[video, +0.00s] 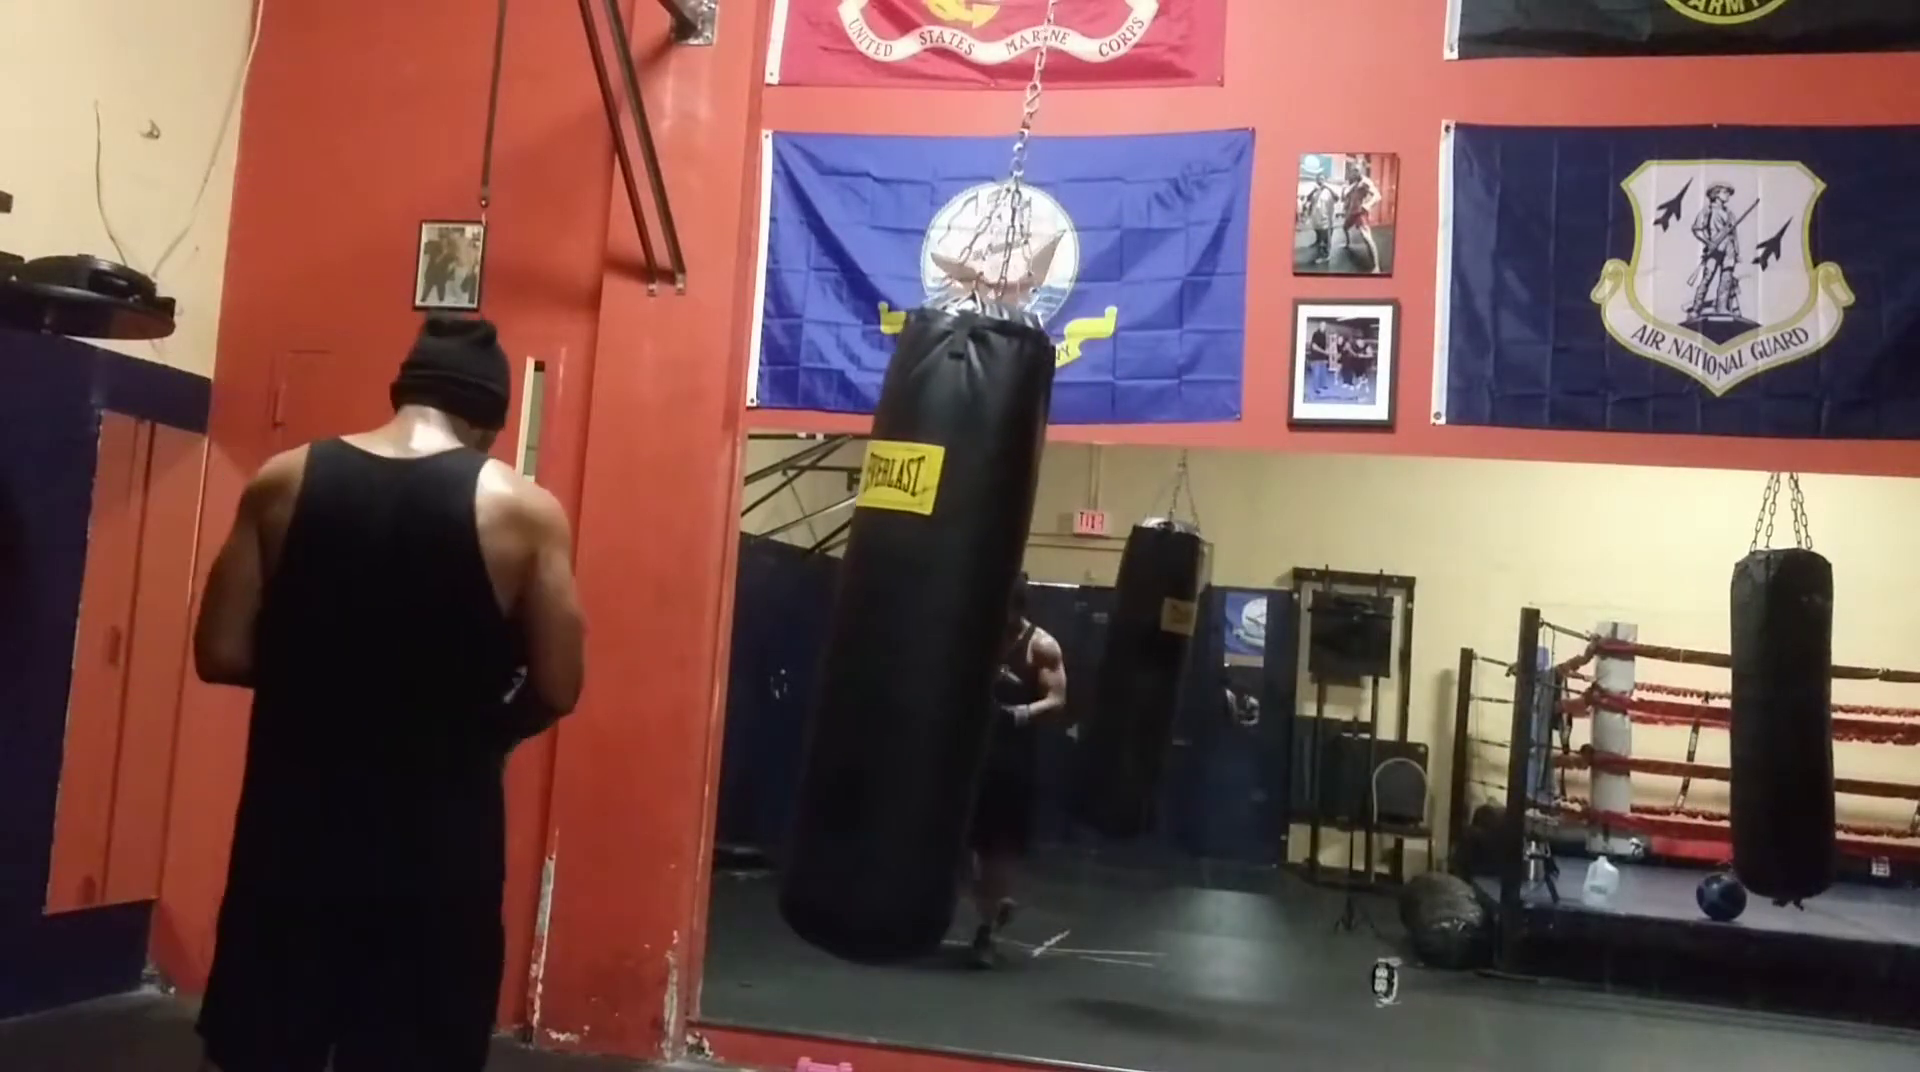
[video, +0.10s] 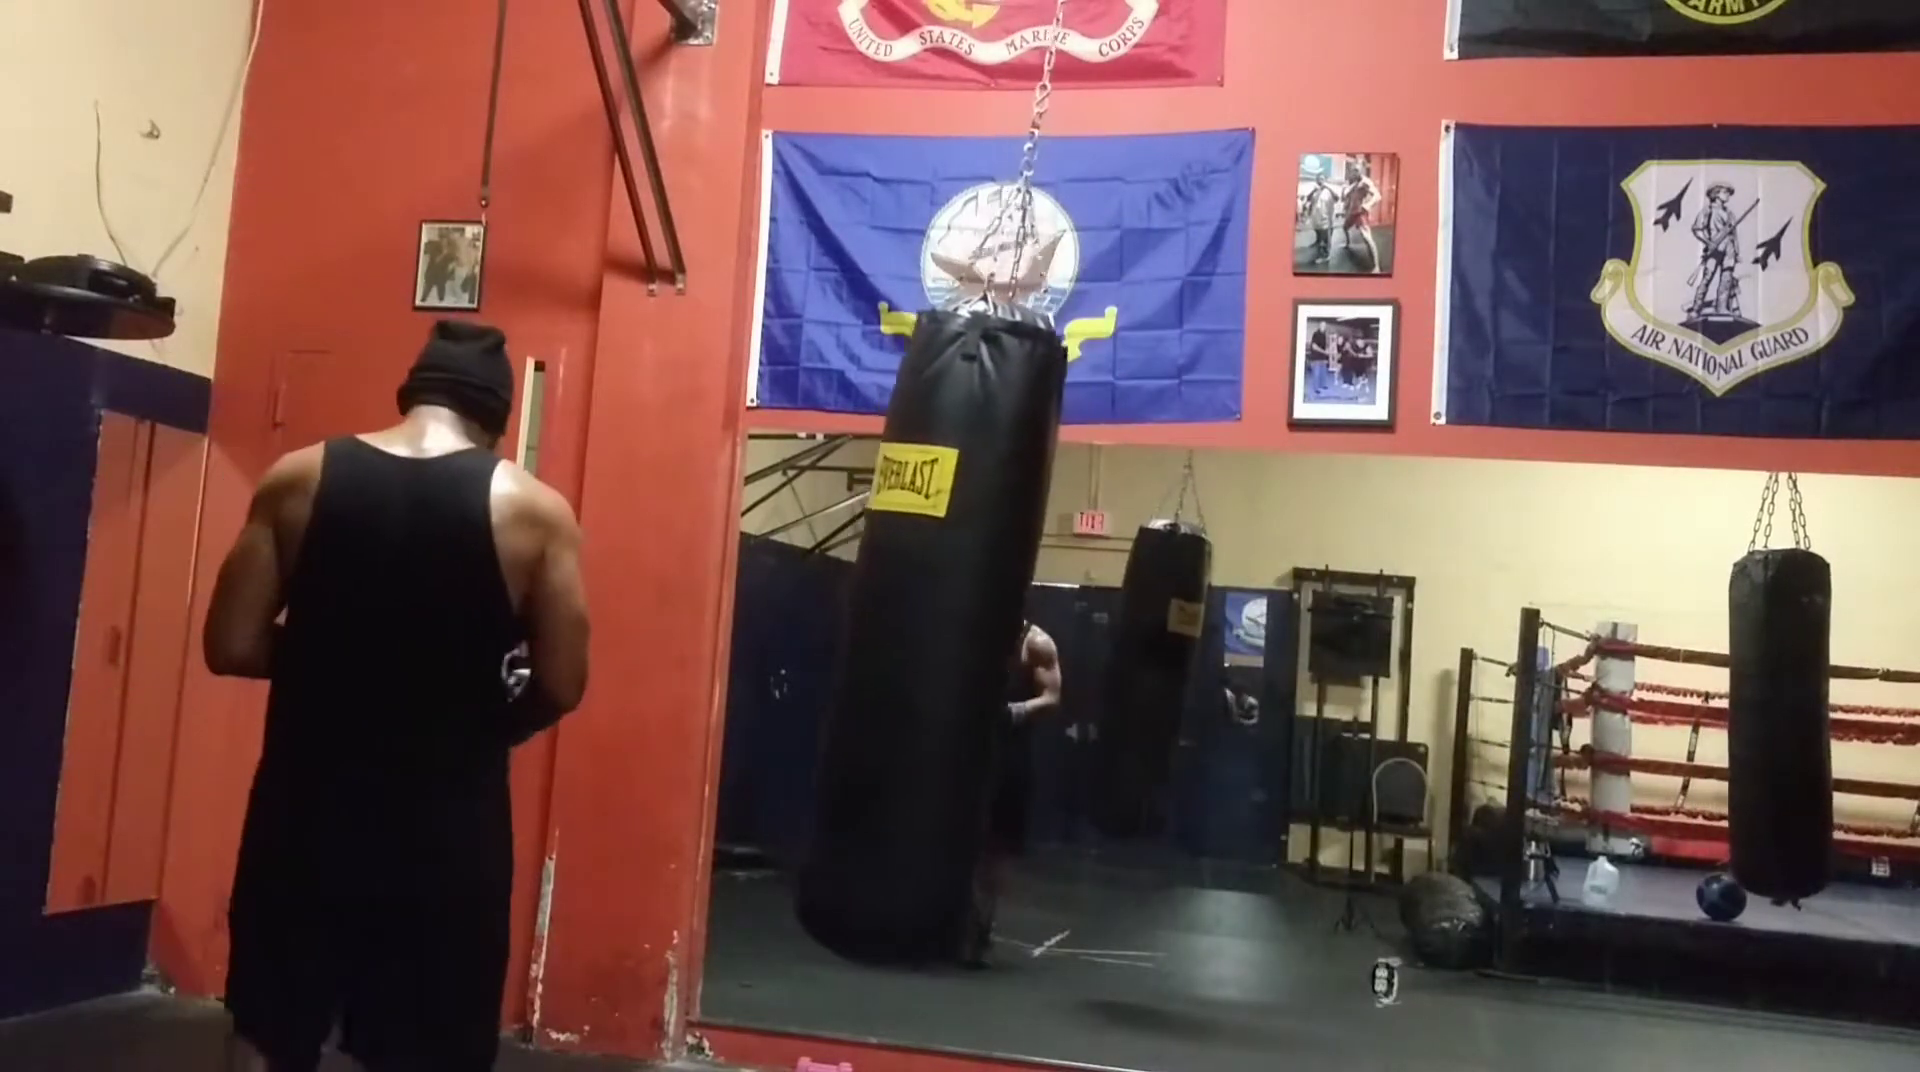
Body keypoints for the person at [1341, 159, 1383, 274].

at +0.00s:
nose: (1352, 174)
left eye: (1355, 171)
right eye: (1351, 171)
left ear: (1359, 172)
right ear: (1349, 173)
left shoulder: (1365, 182)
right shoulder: (1349, 184)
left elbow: (1376, 196)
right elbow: (1343, 198)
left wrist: (1366, 206)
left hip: (1360, 212)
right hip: (1350, 213)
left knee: (1367, 237)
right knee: (1345, 227)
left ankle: (1376, 266)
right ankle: (1348, 243)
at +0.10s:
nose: (1351, 174)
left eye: (1354, 171)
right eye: (1350, 171)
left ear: (1358, 172)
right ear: (1349, 173)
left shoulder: (1364, 182)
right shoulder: (1349, 185)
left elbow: (1376, 196)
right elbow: (1344, 198)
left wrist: (1366, 206)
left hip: (1360, 212)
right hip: (1350, 213)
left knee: (1367, 238)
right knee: (1345, 228)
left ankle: (1376, 266)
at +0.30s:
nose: (1351, 174)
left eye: (1354, 171)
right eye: (1351, 172)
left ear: (1358, 172)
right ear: (1350, 173)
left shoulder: (1365, 182)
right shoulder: (1351, 184)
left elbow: (1376, 196)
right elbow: (1344, 198)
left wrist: (1366, 206)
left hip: (1361, 211)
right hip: (1351, 211)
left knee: (1367, 237)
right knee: (1345, 227)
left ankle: (1376, 266)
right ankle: (1348, 243)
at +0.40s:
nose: (1351, 174)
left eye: (1354, 172)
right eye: (1351, 172)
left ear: (1358, 172)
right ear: (1350, 173)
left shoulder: (1365, 182)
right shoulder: (1351, 184)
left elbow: (1376, 196)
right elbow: (1344, 198)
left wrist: (1366, 206)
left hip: (1361, 211)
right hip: (1351, 211)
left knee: (1367, 237)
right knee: (1345, 227)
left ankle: (1376, 266)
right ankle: (1348, 243)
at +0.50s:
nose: (1351, 175)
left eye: (1353, 172)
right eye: (1350, 172)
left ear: (1358, 173)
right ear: (1349, 174)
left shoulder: (1365, 182)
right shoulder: (1351, 185)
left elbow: (1376, 196)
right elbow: (1344, 197)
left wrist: (1366, 206)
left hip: (1361, 211)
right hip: (1351, 211)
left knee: (1367, 237)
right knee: (1345, 227)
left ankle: (1376, 266)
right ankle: (1348, 243)